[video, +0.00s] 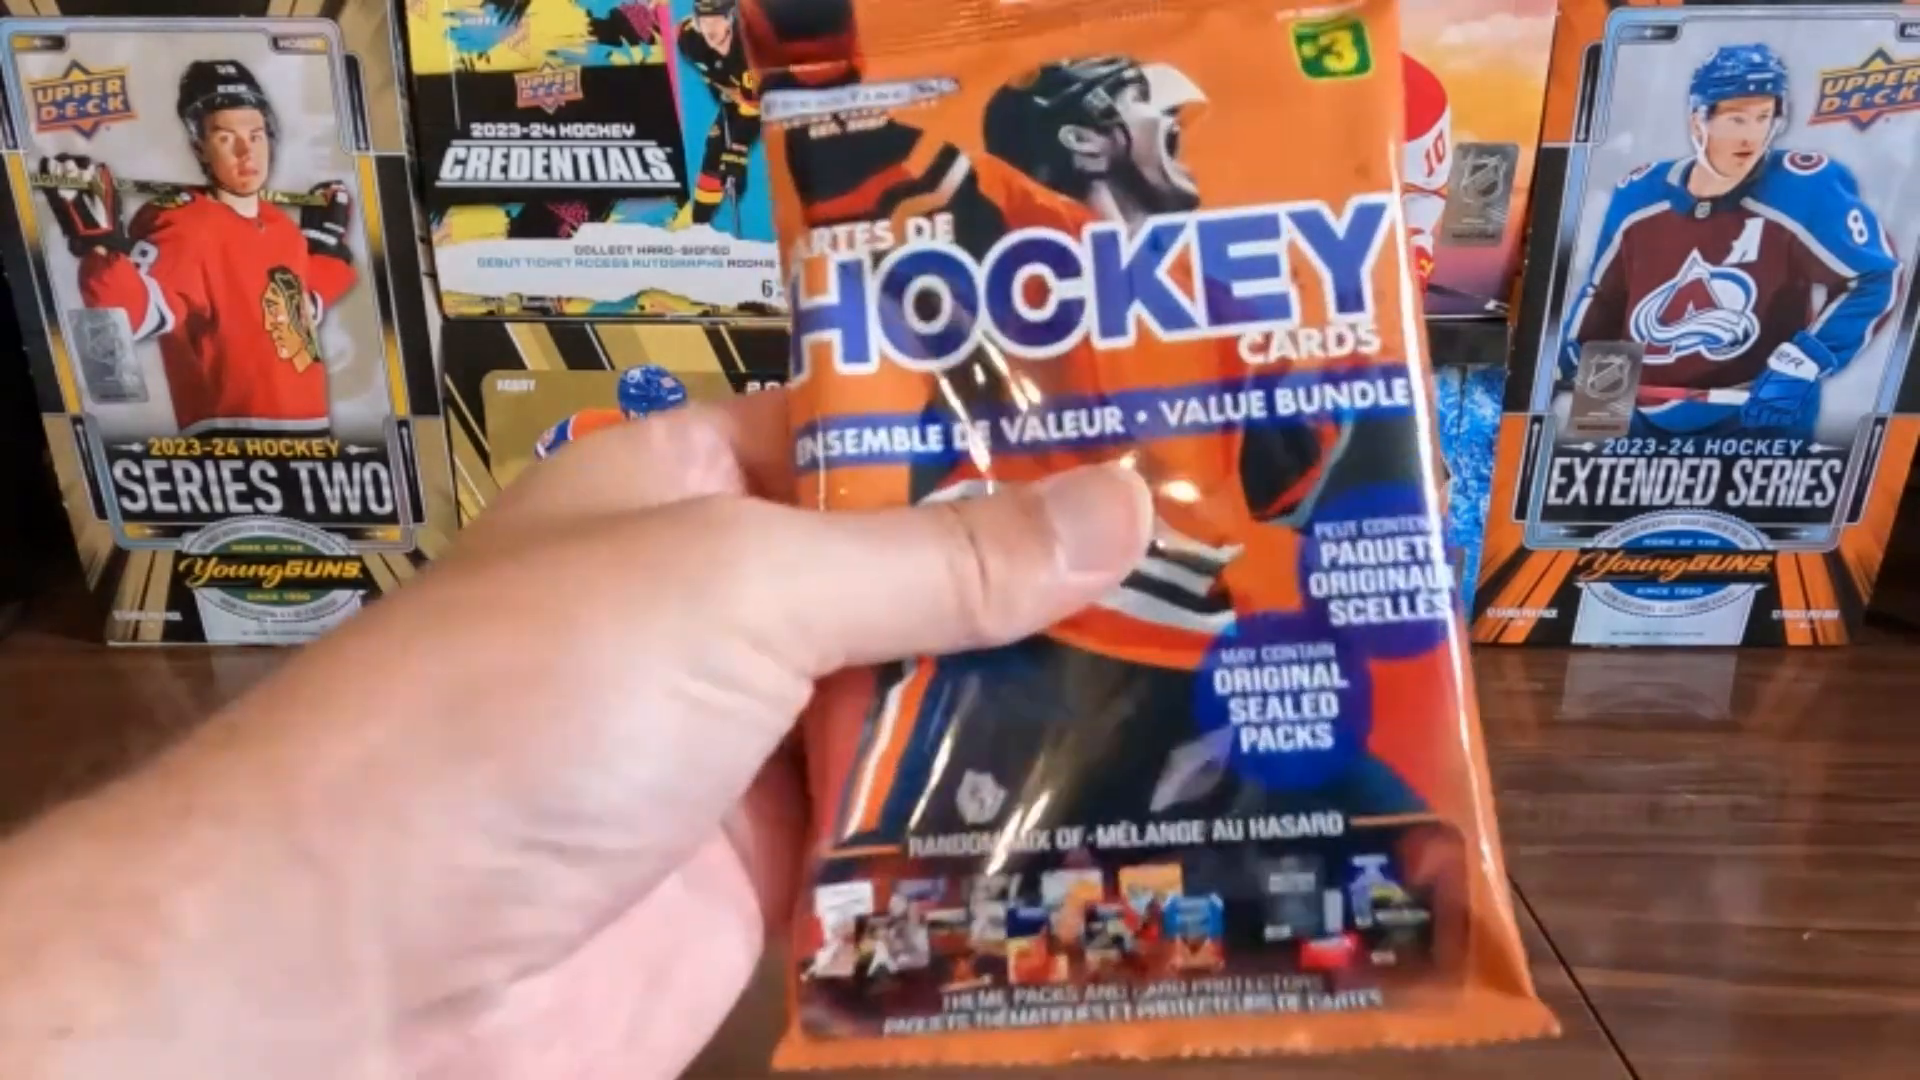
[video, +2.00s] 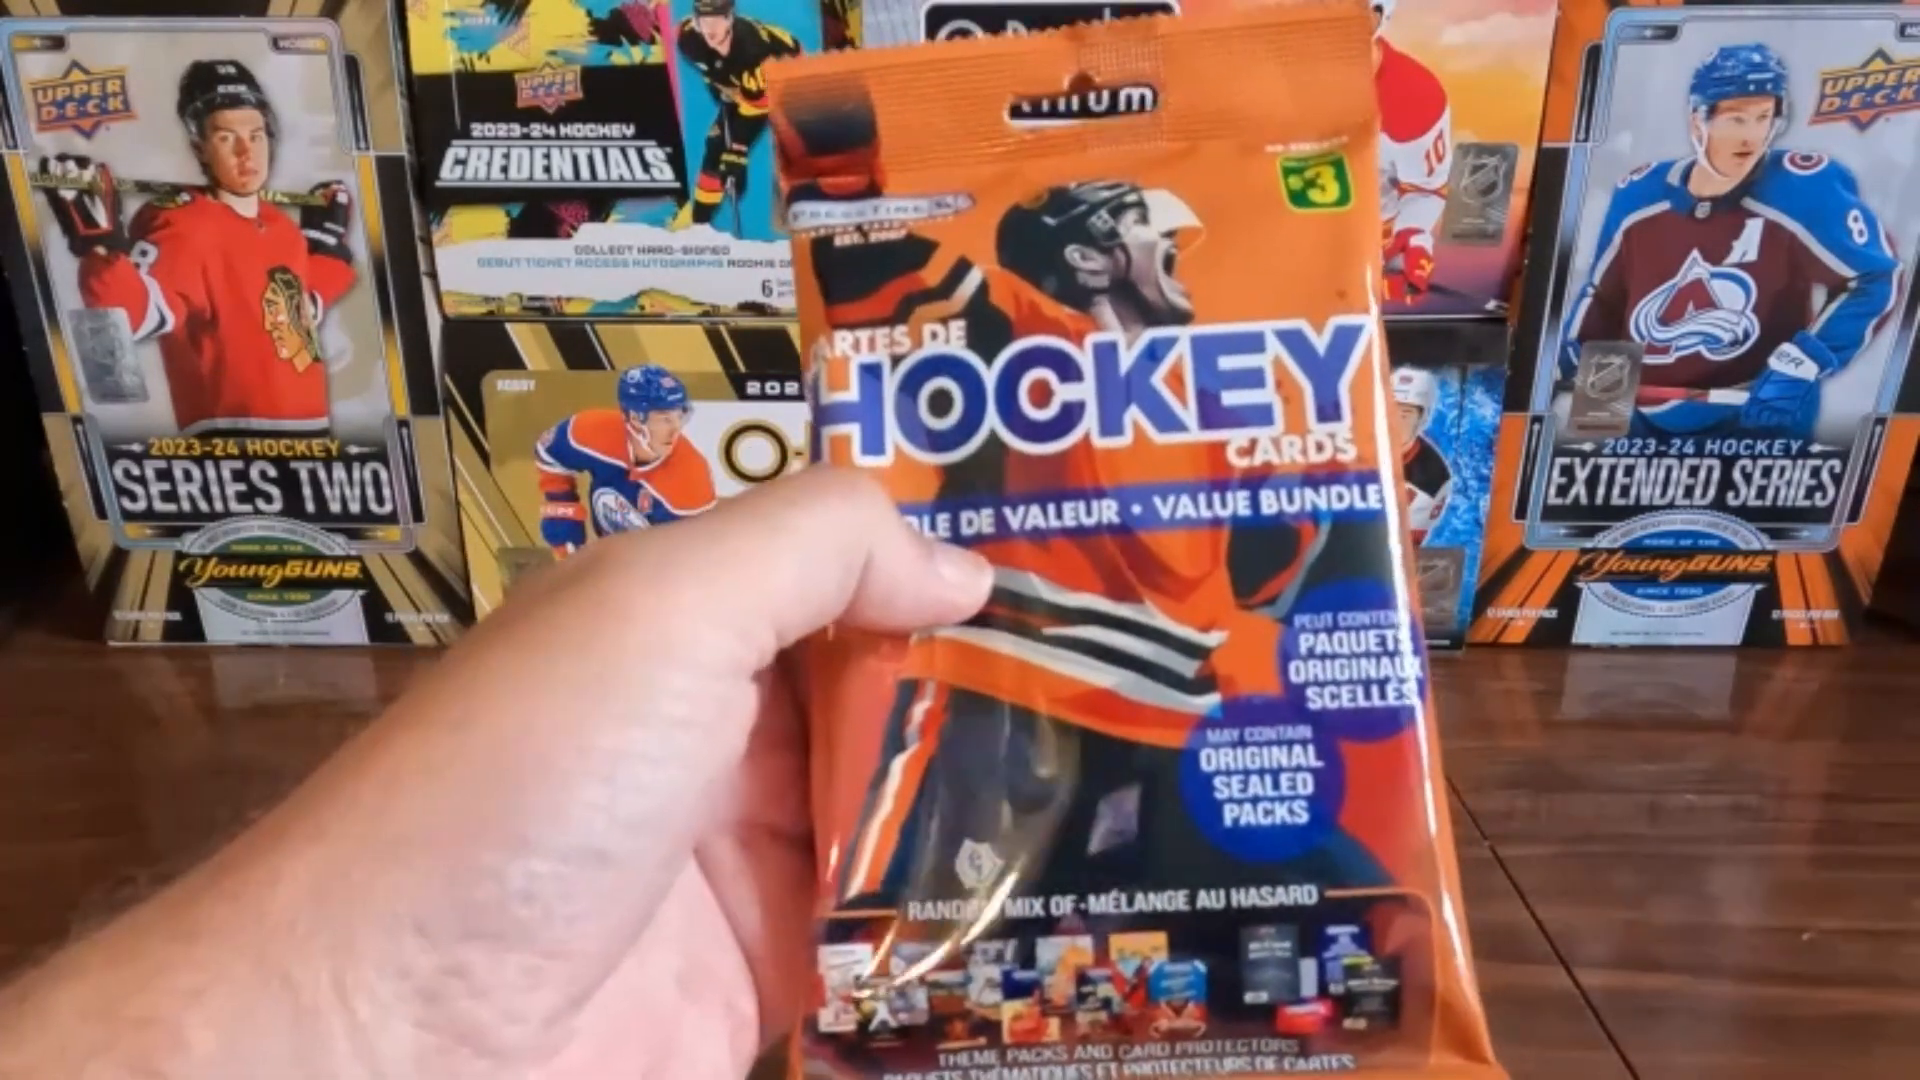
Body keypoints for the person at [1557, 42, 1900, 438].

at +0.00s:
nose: (1749, 135)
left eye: (1762, 118)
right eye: (1734, 119)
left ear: (1775, 123)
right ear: (1698, 124)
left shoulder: (1803, 193)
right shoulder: (1638, 197)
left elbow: (1877, 279)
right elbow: (1600, 295)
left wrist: (1800, 365)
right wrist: (1576, 367)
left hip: (1744, 426)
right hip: (1637, 421)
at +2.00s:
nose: (1750, 135)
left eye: (1762, 118)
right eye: (1734, 119)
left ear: (1775, 123)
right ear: (1698, 124)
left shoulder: (1804, 193)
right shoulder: (1637, 197)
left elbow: (1878, 279)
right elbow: (1600, 297)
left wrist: (1801, 365)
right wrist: (1572, 366)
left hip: (1744, 427)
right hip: (1636, 422)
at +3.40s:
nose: (1750, 135)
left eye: (1762, 118)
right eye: (1734, 119)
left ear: (1775, 123)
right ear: (1698, 124)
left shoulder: (1805, 192)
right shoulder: (1637, 197)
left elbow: (1878, 279)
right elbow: (1600, 296)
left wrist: (1802, 364)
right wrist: (1574, 366)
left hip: (1744, 427)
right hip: (1637, 421)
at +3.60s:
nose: (1750, 135)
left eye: (1762, 118)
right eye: (1734, 119)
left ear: (1775, 123)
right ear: (1698, 124)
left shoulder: (1805, 192)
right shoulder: (1637, 197)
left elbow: (1878, 279)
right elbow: (1600, 296)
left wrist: (1802, 364)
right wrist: (1574, 366)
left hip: (1744, 427)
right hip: (1637, 422)